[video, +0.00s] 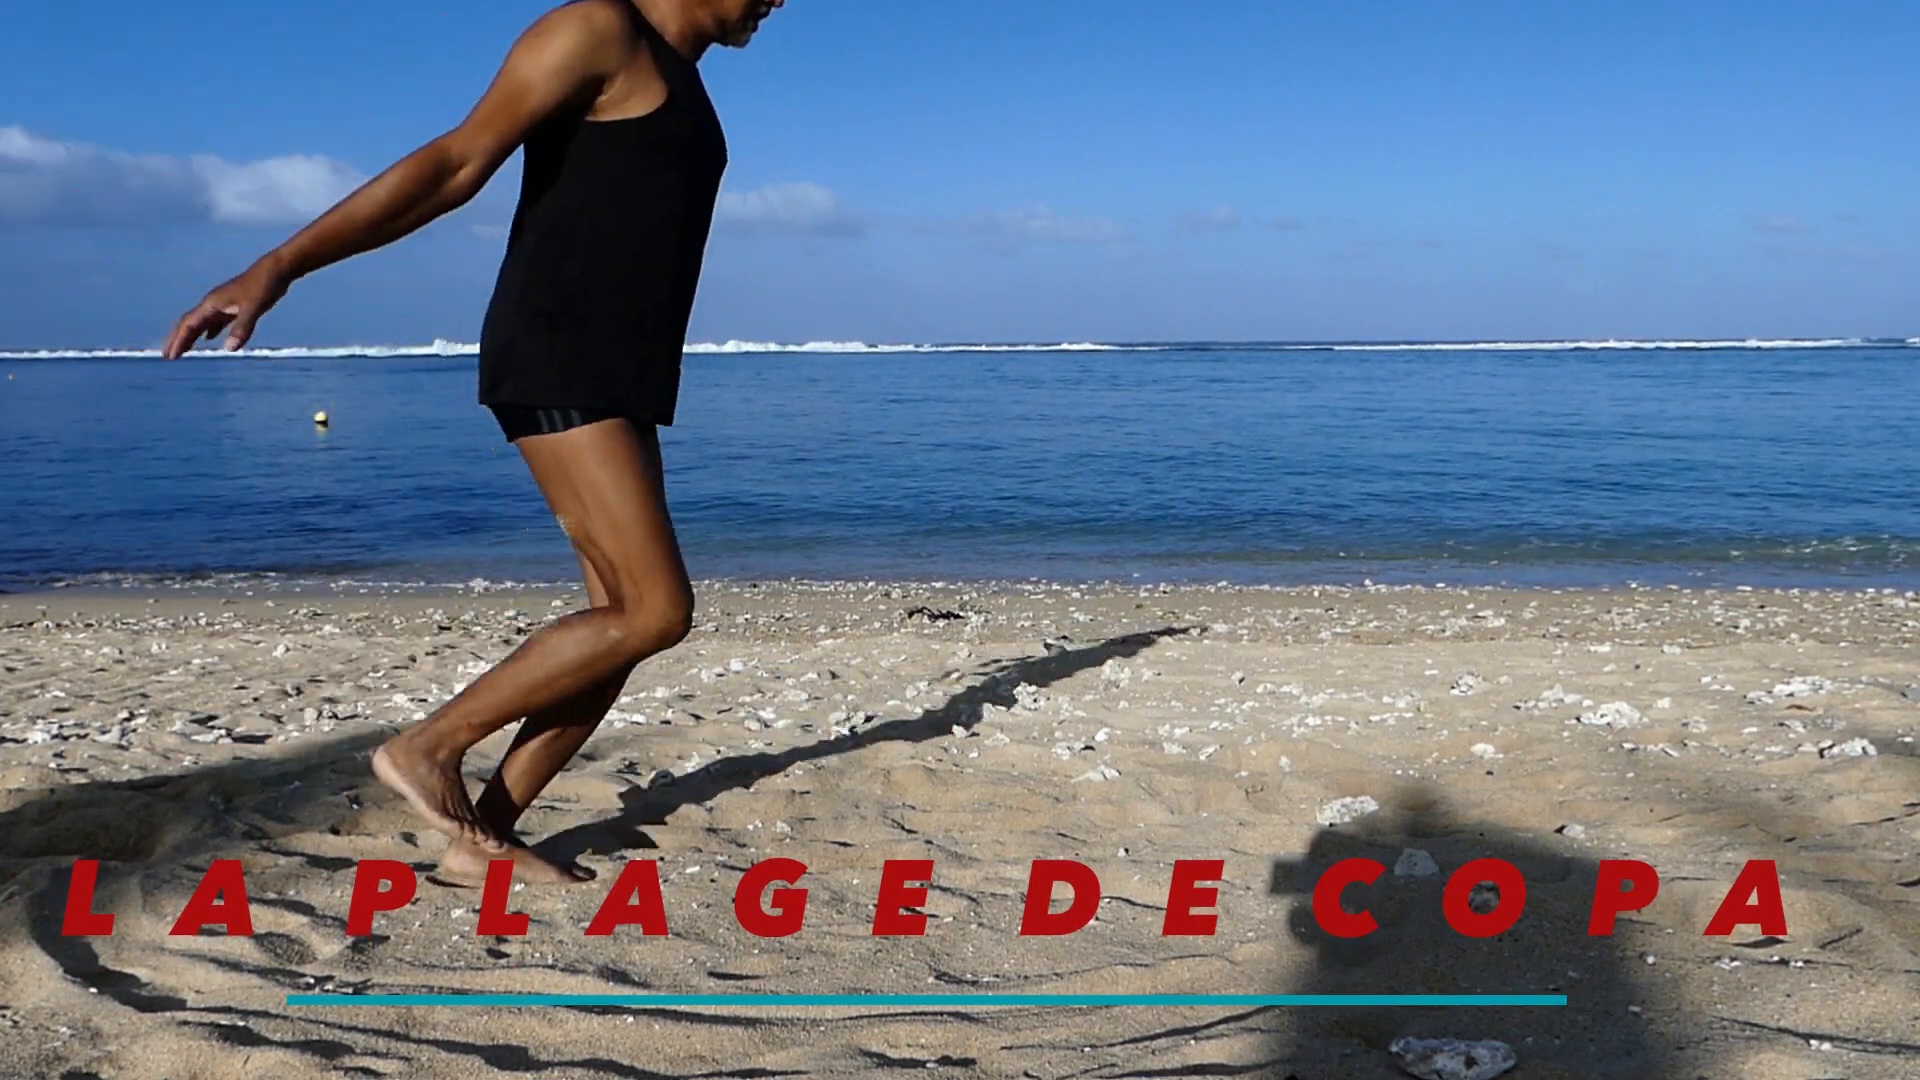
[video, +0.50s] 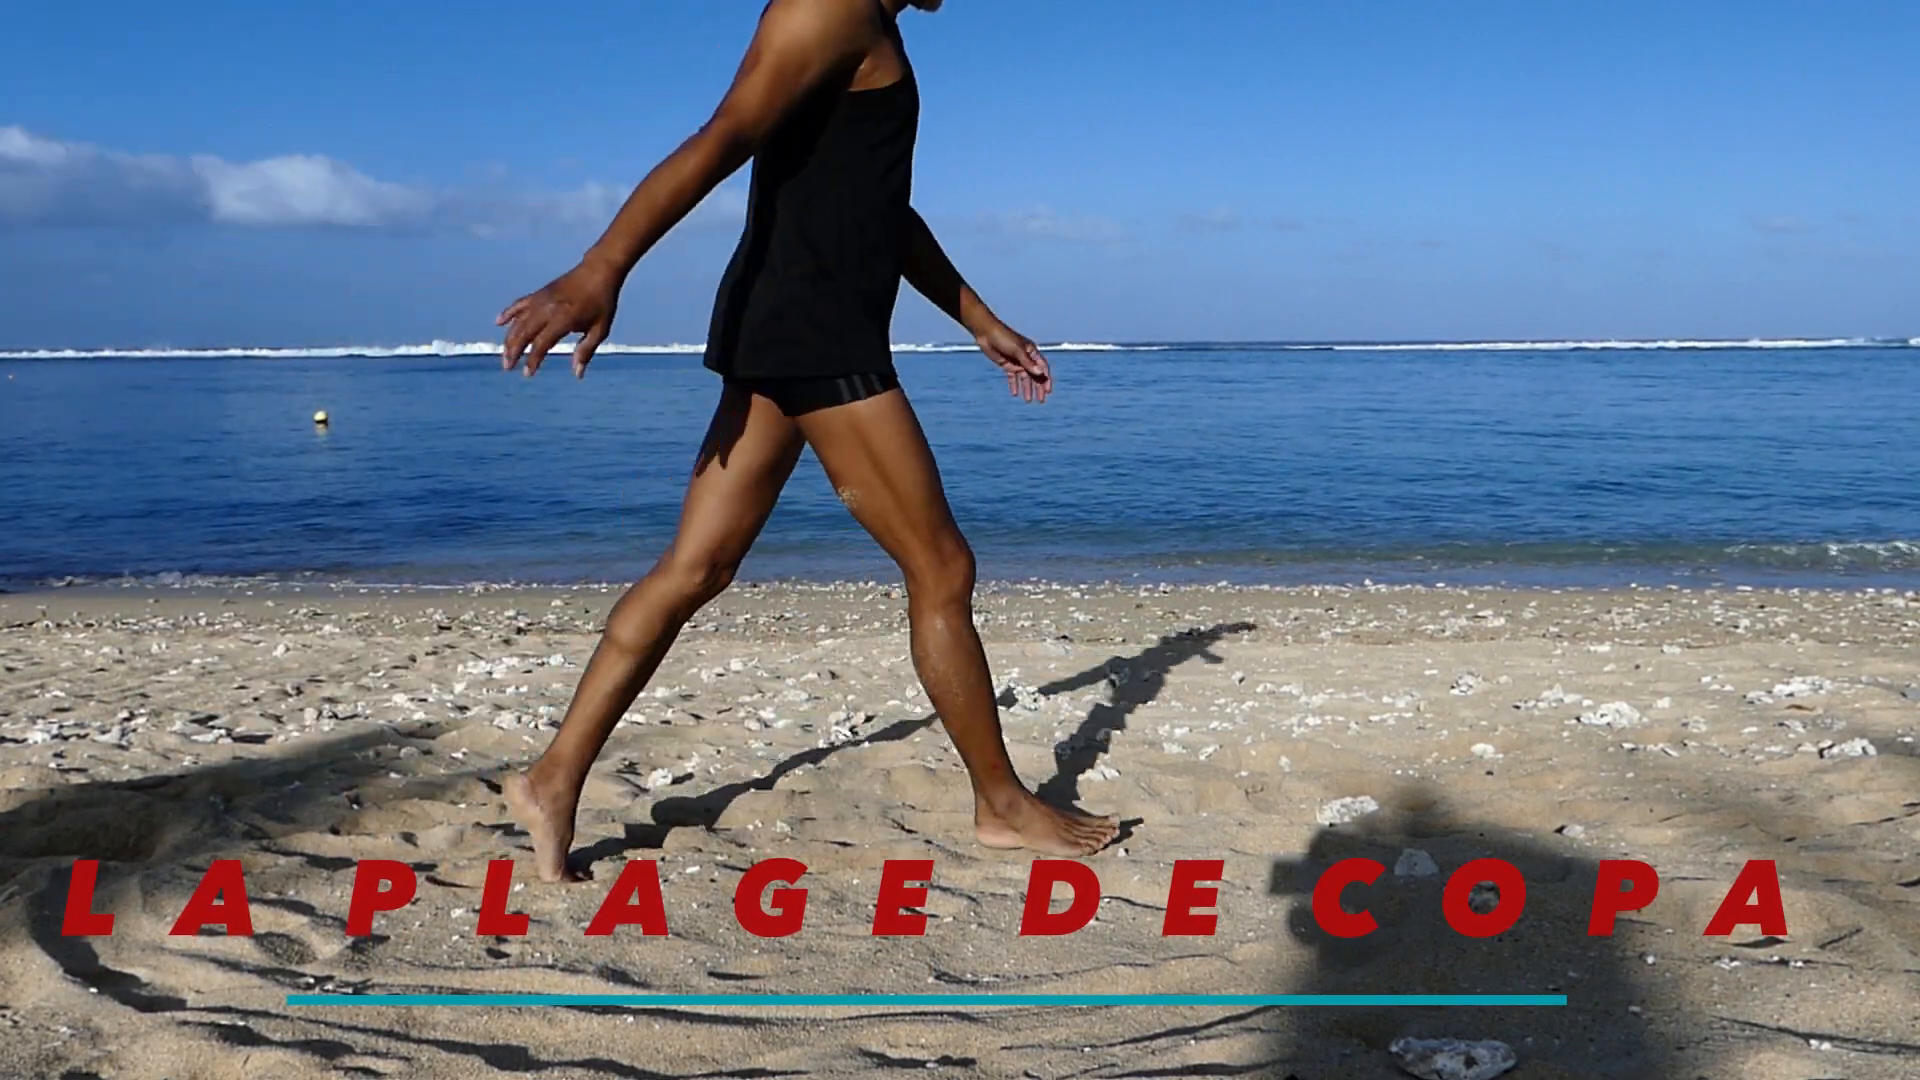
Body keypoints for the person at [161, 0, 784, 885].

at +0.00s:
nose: (769, 6)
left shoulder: (674, 71)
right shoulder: (593, 31)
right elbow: (450, 167)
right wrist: (276, 268)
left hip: (615, 377)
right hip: (558, 366)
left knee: (623, 617)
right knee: (655, 606)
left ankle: (486, 830)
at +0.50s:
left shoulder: (869, 29)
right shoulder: (833, 11)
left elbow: (878, 206)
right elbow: (723, 139)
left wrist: (978, 317)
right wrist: (601, 269)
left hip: (783, 324)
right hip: (822, 330)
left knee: (693, 568)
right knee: (940, 570)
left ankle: (551, 779)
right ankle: (1003, 800)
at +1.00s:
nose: (1159, 1)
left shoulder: (1014, 26)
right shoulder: (1102, 23)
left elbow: (1074, 227)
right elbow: (1153, 203)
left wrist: (1183, 309)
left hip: (1007, 329)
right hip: (1052, 337)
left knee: (1096, 557)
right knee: (1058, 581)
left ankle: (913, 725)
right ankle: (1011, 819)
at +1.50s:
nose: (1354, 2)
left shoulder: (1199, 38)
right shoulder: (1292, 25)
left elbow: (1170, 221)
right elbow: (1414, 167)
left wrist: (1145, 369)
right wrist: (1522, 188)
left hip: (1207, 352)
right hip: (1215, 352)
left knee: (1300, 568)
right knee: (1126, 584)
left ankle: (1391, 767)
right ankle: (1025, 789)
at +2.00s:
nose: (1555, 21)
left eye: (1559, 10)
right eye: (1557, 8)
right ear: (1532, 0)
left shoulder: (1386, 86)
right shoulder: (1505, 74)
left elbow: (1345, 257)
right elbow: (1541, 263)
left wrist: (1308, 388)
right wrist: (1612, 399)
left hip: (1393, 372)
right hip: (1446, 377)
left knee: (1466, 585)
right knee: (1435, 622)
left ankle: (1428, 804)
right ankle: (1221, 734)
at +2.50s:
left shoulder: (1789, 73)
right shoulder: (1910, 48)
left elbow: (1779, 234)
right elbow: (1903, 213)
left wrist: (1782, 354)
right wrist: (1901, 369)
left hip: (1780, 355)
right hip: (1872, 358)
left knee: (1735, 571)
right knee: (1903, 600)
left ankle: (1578, 722)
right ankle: (1881, 804)